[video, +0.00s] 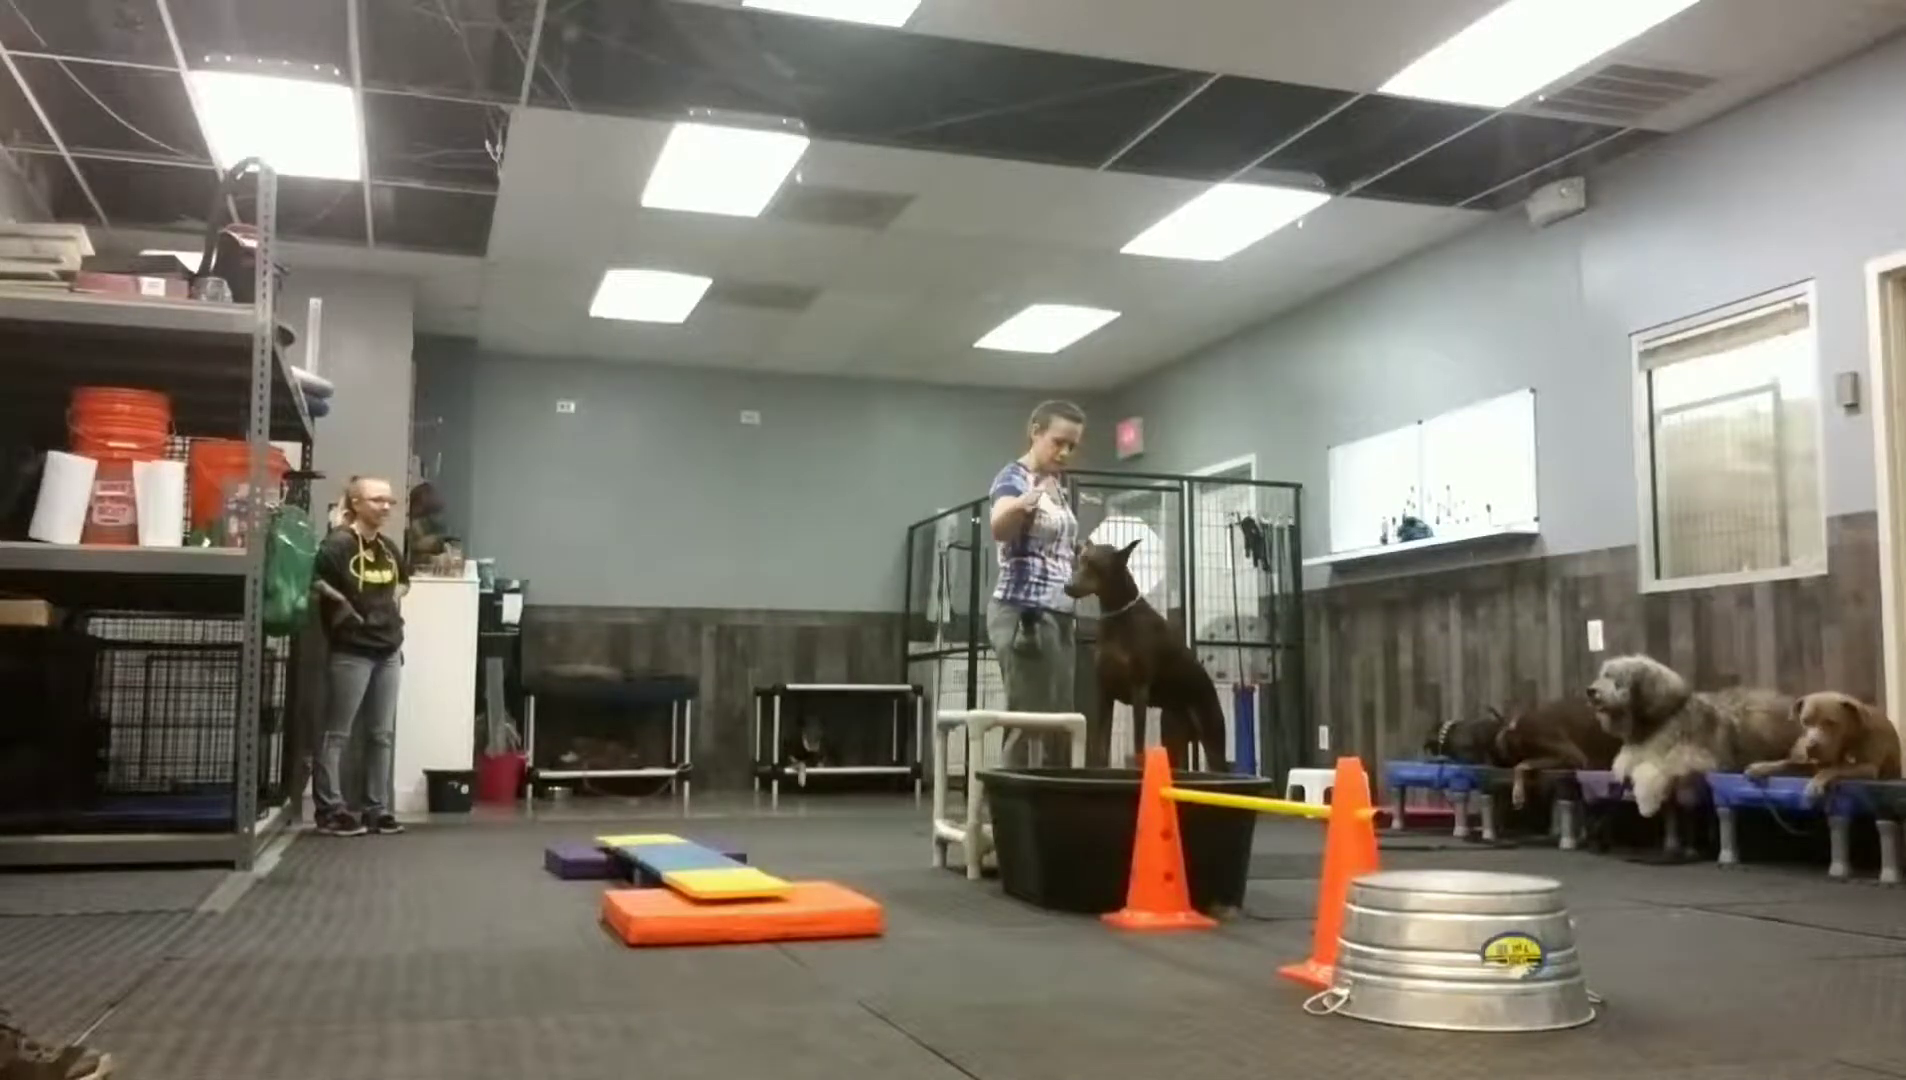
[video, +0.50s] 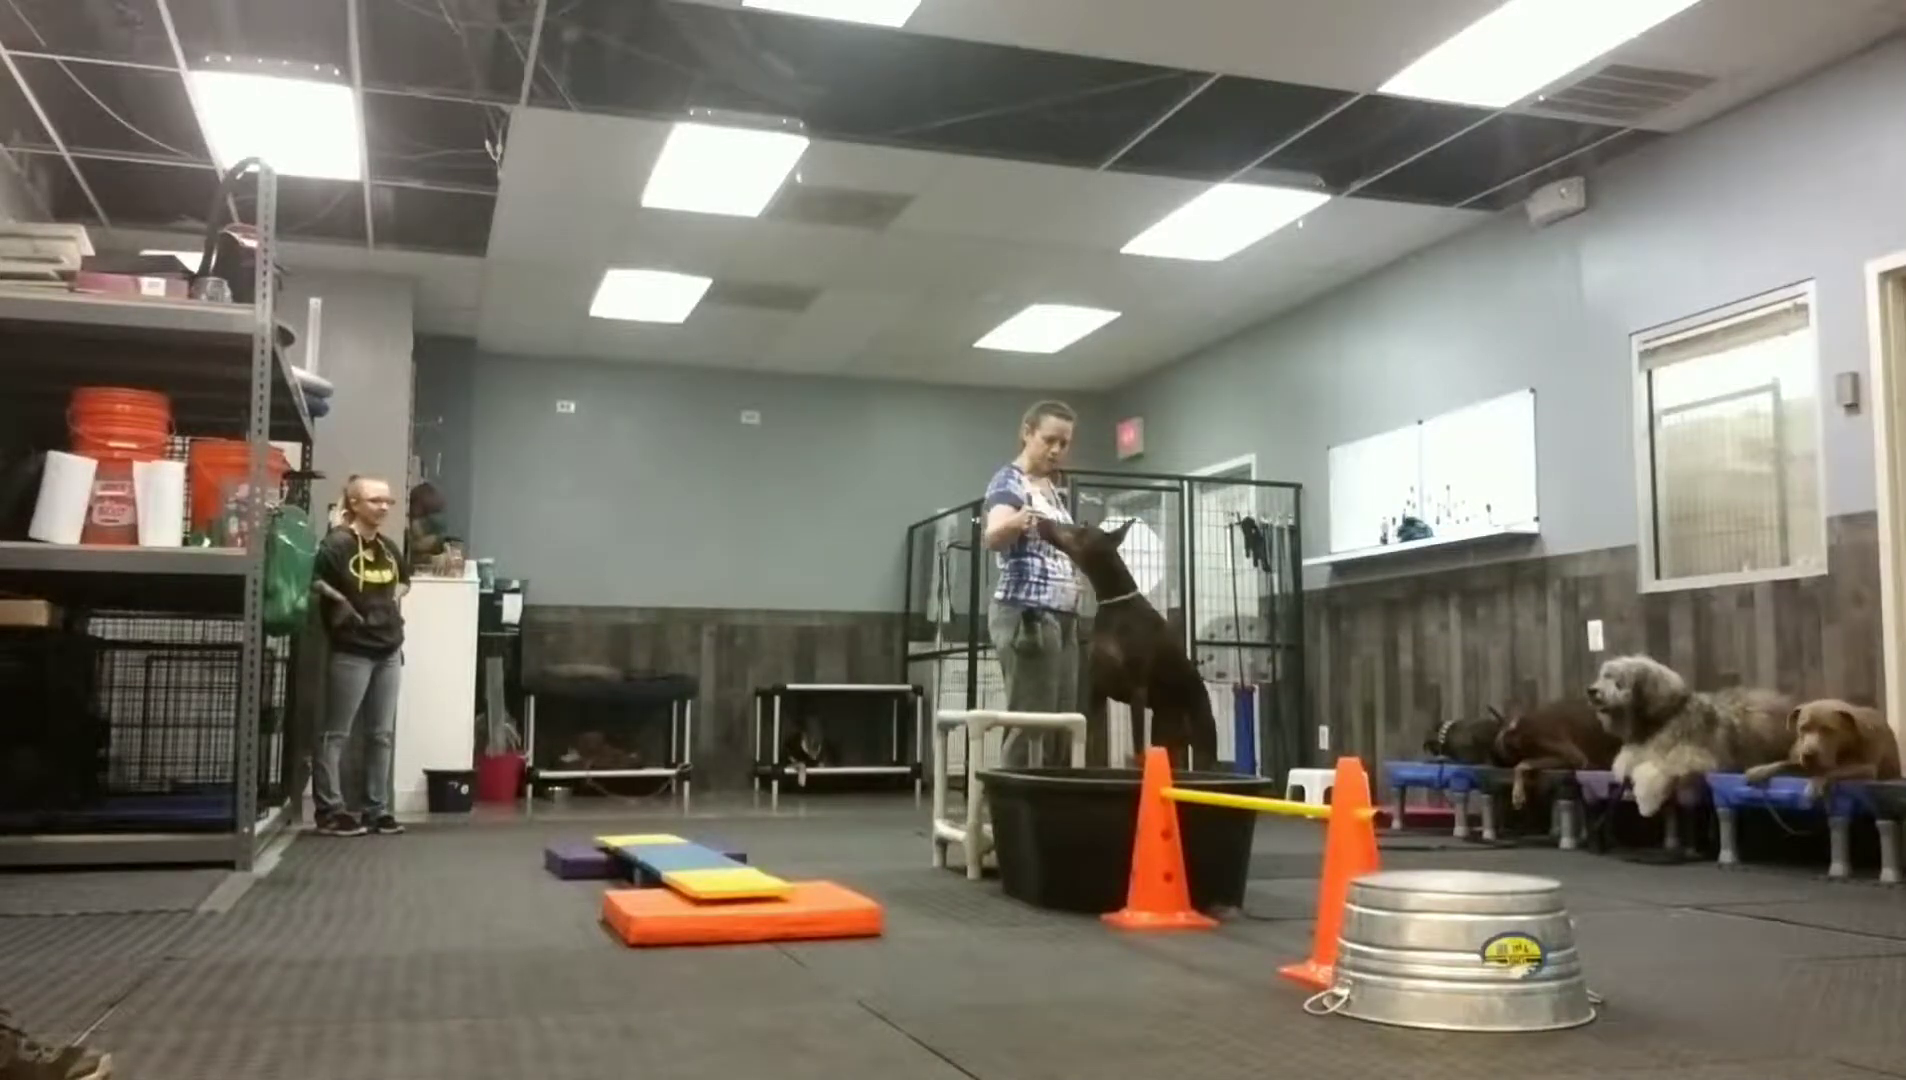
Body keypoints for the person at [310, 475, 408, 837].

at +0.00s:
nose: (385, 507)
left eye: (388, 501)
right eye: (377, 500)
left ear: (389, 506)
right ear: (356, 504)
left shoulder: (387, 546)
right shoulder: (337, 545)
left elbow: (401, 583)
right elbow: (321, 588)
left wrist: (389, 617)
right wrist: (349, 616)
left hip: (388, 649)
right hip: (352, 649)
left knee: (381, 734)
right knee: (337, 734)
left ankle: (377, 810)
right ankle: (329, 810)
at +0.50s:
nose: (384, 507)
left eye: (387, 501)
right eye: (376, 501)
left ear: (388, 506)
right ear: (355, 504)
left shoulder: (387, 546)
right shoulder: (338, 543)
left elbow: (401, 582)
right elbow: (317, 582)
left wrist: (392, 616)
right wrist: (344, 608)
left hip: (388, 649)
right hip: (352, 649)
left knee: (381, 734)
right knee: (337, 734)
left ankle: (376, 810)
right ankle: (329, 810)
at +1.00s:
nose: (387, 509)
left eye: (389, 503)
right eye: (380, 503)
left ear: (386, 506)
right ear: (356, 505)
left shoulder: (385, 544)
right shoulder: (336, 544)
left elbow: (400, 581)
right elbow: (324, 588)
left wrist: (388, 616)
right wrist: (351, 618)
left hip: (387, 650)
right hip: (350, 650)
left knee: (380, 734)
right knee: (337, 734)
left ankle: (377, 810)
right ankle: (329, 811)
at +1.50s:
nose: (390, 508)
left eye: (391, 502)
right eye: (382, 501)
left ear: (389, 506)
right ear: (359, 504)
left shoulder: (387, 544)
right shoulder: (338, 542)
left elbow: (405, 578)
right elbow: (315, 581)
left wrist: (390, 610)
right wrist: (341, 605)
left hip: (388, 649)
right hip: (351, 649)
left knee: (381, 734)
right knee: (336, 734)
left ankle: (376, 810)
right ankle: (329, 810)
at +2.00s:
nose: (388, 509)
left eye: (390, 503)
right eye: (381, 502)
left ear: (389, 507)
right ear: (358, 505)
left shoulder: (389, 545)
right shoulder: (338, 543)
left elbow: (405, 581)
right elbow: (315, 580)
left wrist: (390, 610)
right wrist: (342, 603)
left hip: (390, 649)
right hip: (353, 648)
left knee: (382, 734)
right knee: (338, 733)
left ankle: (376, 810)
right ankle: (329, 810)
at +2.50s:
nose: (379, 508)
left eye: (382, 502)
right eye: (371, 502)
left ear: (385, 505)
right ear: (351, 505)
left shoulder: (386, 545)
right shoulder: (336, 542)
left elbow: (401, 582)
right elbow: (312, 578)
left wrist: (392, 612)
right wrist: (340, 603)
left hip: (388, 649)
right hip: (351, 648)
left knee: (381, 734)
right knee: (337, 734)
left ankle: (376, 810)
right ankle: (329, 810)